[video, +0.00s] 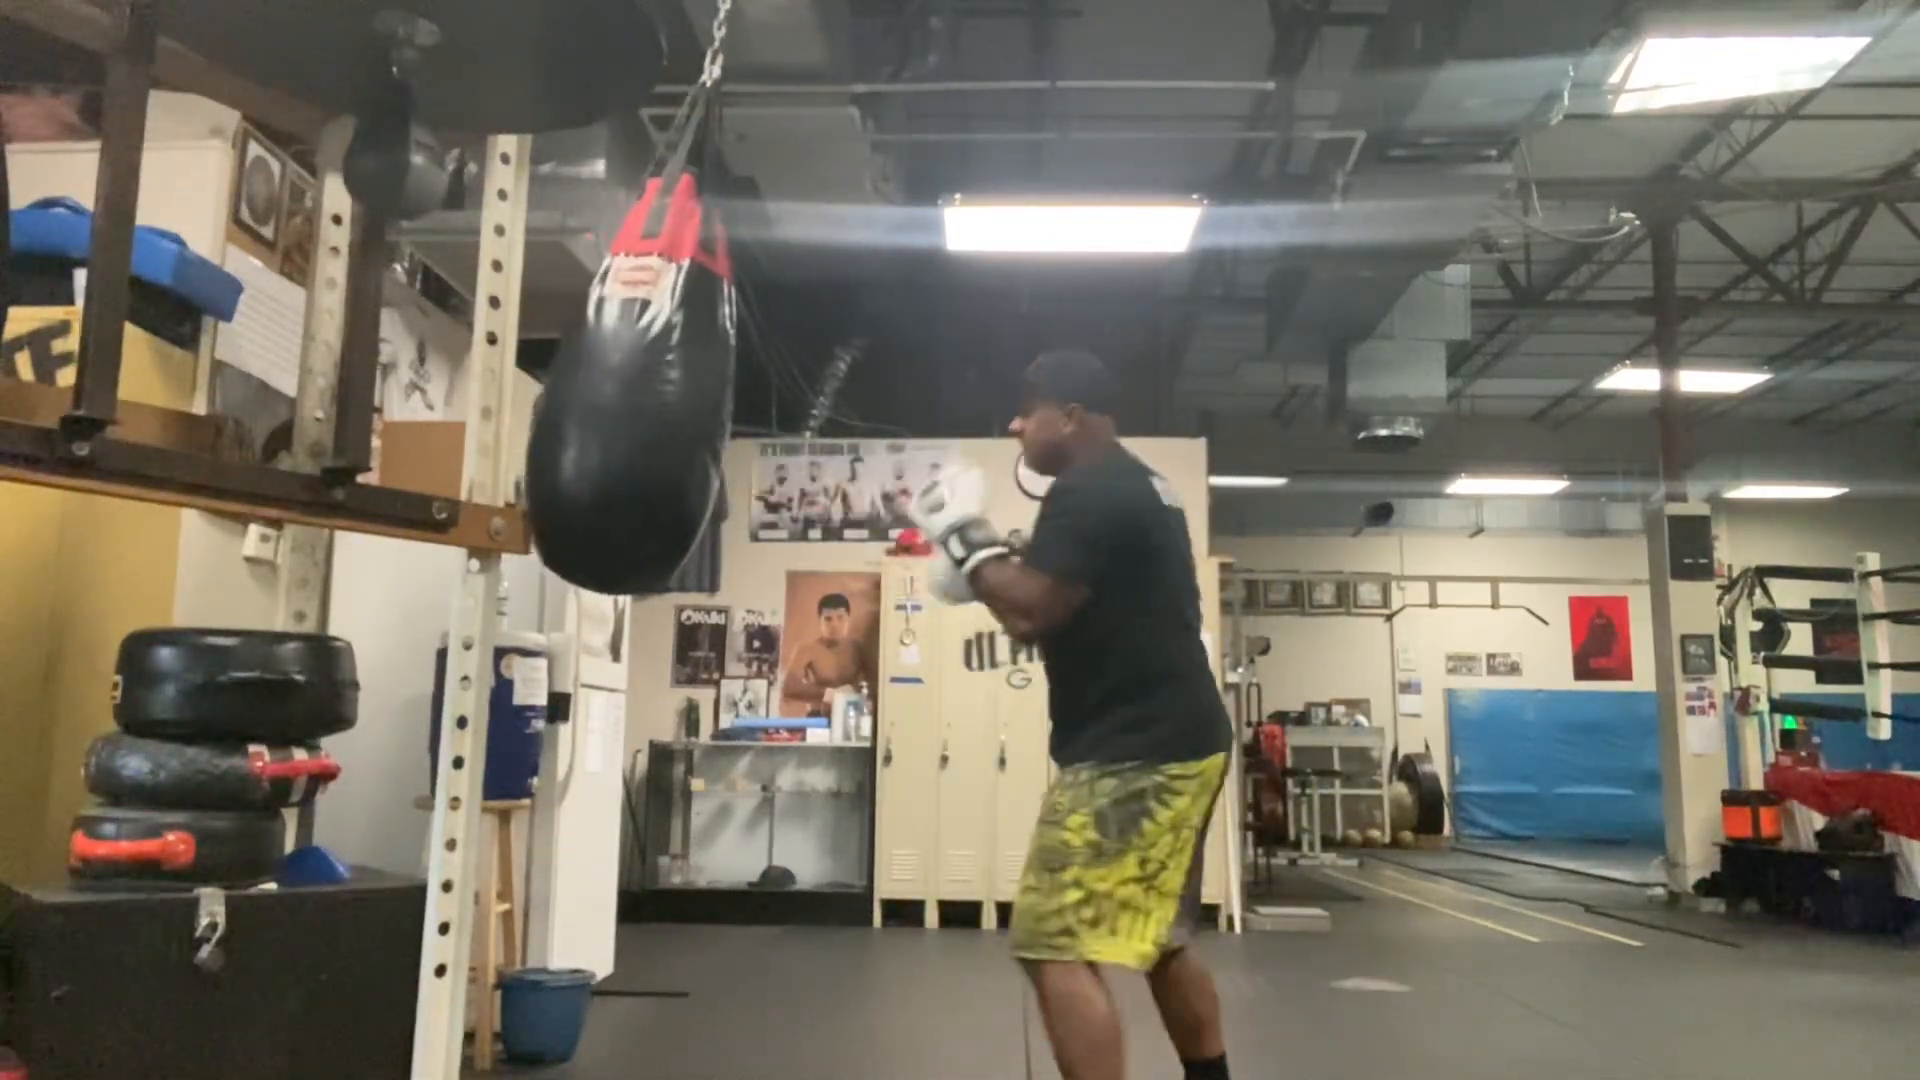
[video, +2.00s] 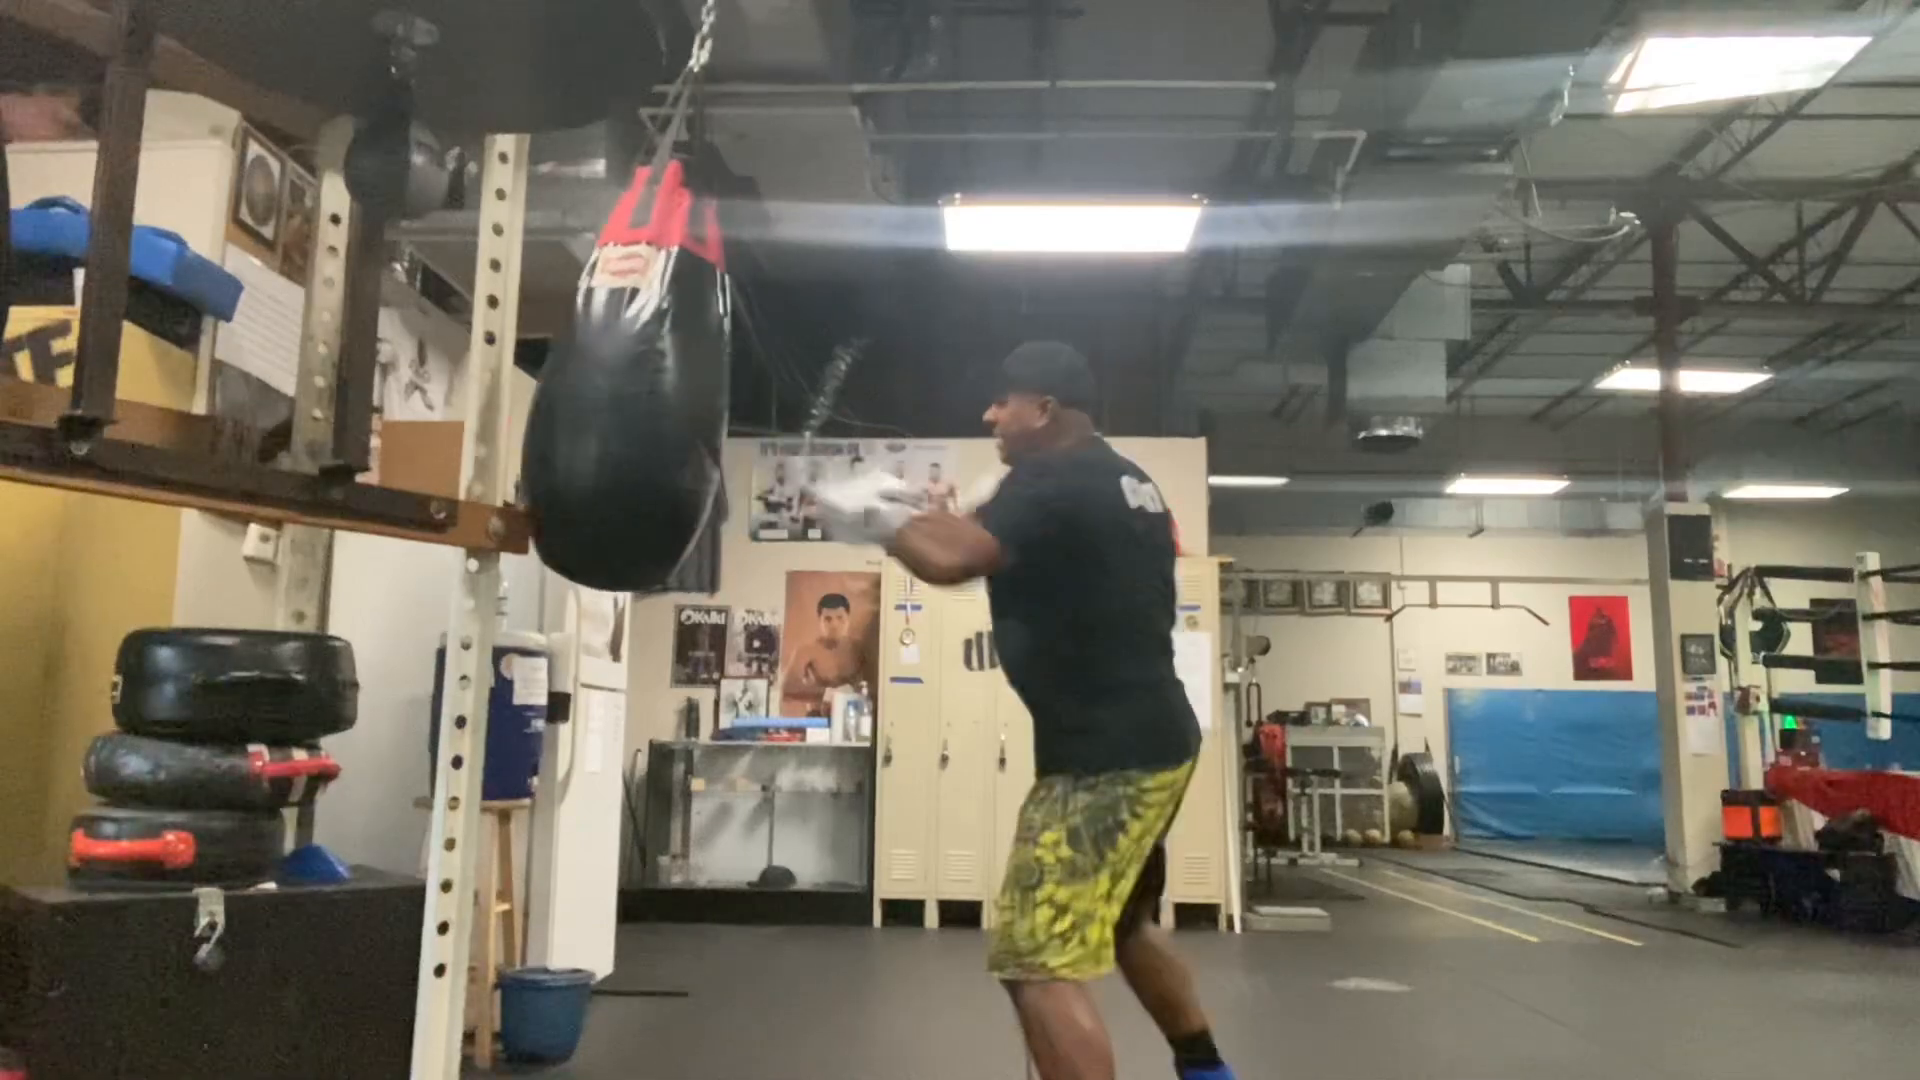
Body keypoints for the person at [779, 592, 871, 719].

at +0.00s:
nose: (834, 625)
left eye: (840, 618)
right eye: (828, 619)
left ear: (848, 620)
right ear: (819, 621)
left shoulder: (857, 650)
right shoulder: (805, 651)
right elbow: (789, 688)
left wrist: (816, 688)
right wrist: (829, 694)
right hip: (819, 717)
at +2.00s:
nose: (834, 625)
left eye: (840, 618)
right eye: (828, 619)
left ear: (848, 620)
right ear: (819, 620)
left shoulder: (859, 650)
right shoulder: (806, 652)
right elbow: (789, 687)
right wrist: (825, 692)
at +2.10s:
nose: (834, 625)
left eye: (840, 618)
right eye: (828, 618)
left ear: (848, 620)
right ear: (819, 621)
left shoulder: (858, 651)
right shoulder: (806, 651)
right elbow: (789, 687)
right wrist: (825, 692)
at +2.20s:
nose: (834, 624)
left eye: (840, 618)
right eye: (828, 618)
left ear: (848, 620)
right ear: (819, 620)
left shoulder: (857, 651)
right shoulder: (807, 651)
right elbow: (788, 687)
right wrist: (825, 692)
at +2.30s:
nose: (834, 624)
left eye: (840, 618)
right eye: (828, 618)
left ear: (848, 620)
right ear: (819, 621)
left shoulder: (858, 651)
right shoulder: (806, 652)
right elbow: (788, 687)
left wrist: (817, 686)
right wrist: (825, 692)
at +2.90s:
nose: (834, 625)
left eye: (840, 618)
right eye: (828, 618)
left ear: (848, 620)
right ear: (819, 621)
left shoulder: (858, 652)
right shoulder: (807, 652)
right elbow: (789, 687)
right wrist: (826, 693)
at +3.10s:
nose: (834, 625)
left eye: (840, 618)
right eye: (828, 619)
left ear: (848, 620)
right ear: (819, 621)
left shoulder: (857, 652)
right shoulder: (807, 652)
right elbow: (789, 688)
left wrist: (817, 686)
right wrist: (826, 692)